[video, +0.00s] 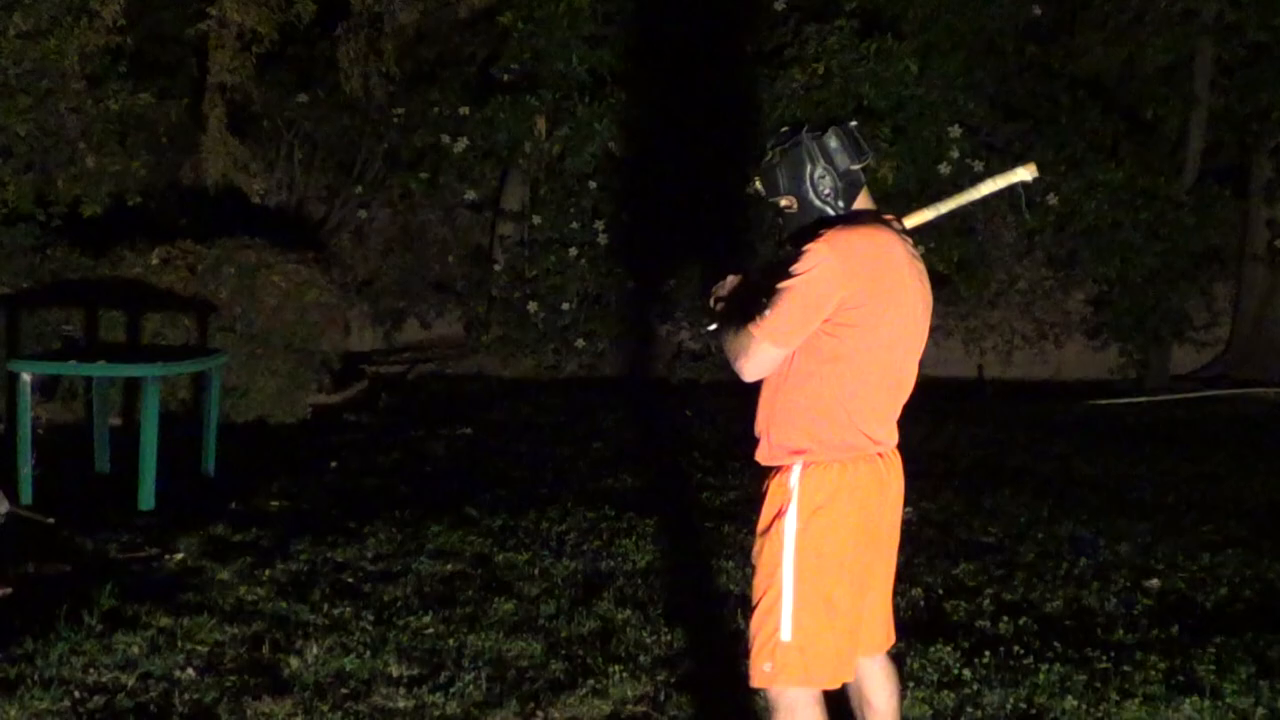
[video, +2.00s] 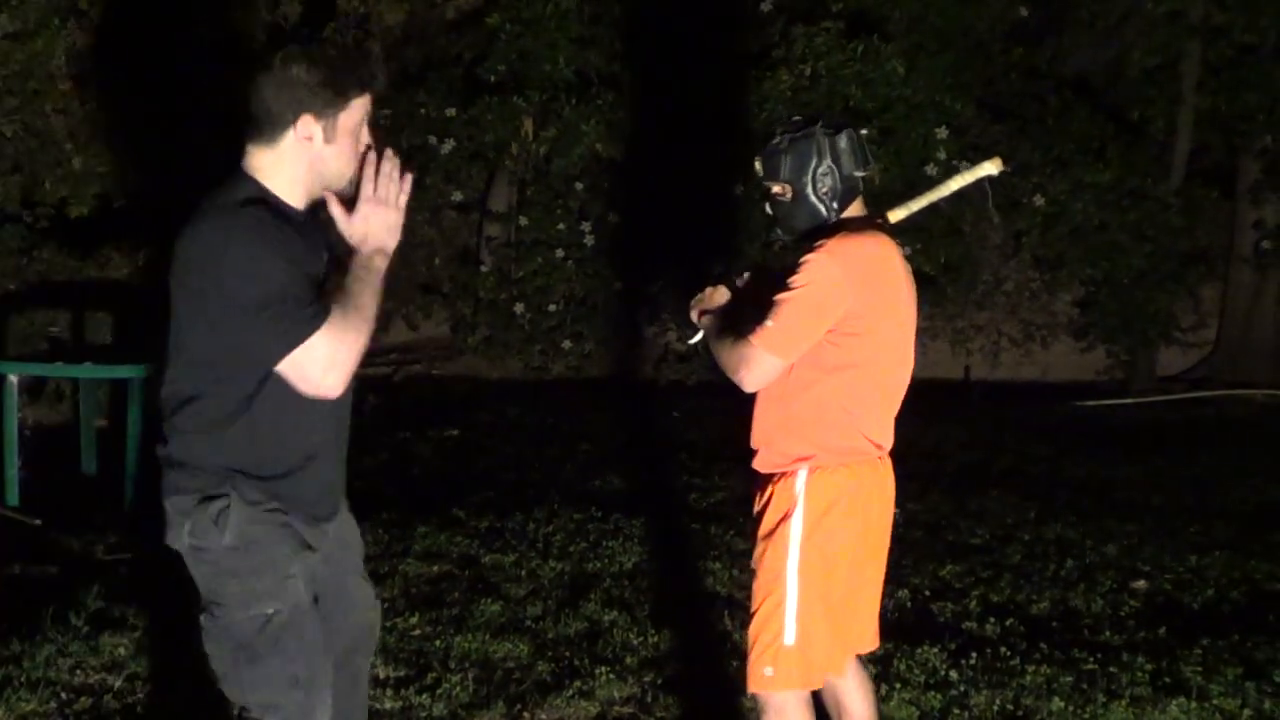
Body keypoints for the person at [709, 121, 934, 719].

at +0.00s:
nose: (783, 210)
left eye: (785, 196)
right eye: (780, 197)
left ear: (807, 192)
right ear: (853, 180)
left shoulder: (833, 256)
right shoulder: (906, 260)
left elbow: (751, 360)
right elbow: (836, 342)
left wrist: (729, 311)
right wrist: (766, 299)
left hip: (816, 481)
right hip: (876, 477)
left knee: (787, 675)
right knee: (866, 651)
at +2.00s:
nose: (775, 206)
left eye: (782, 192)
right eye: (772, 192)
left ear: (820, 188)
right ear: (840, 185)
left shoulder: (836, 262)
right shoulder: (881, 257)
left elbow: (750, 369)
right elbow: (815, 343)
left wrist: (714, 323)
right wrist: (742, 308)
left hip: (815, 487)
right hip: (857, 482)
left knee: (777, 680)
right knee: (835, 661)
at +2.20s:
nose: (777, 198)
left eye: (786, 184)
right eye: (776, 183)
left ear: (821, 185)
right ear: (850, 186)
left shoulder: (825, 261)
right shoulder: (895, 268)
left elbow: (728, 354)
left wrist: (705, 329)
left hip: (818, 487)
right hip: (873, 485)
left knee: (773, 680)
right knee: (835, 670)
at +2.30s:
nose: (774, 198)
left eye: (781, 186)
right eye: (774, 185)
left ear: (812, 190)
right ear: (853, 192)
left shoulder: (799, 263)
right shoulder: (903, 276)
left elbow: (699, 330)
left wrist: (756, 281)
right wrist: (875, 250)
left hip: (815, 492)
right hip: (878, 488)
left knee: (755, 679)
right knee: (832, 673)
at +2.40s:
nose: (764, 201)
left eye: (770, 191)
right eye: (765, 189)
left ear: (791, 199)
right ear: (846, 197)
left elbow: (697, 309)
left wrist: (765, 277)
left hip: (804, 500)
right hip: (871, 494)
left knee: (727, 679)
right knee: (819, 665)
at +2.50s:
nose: (747, 202)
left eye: (753, 192)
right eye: (750, 190)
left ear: (773, 202)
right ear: (828, 200)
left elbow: (694, 322)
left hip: (789, 502)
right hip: (854, 496)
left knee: (696, 676)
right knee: (808, 663)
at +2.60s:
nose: (721, 202)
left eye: (728, 191)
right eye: (726, 190)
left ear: (747, 204)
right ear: (805, 205)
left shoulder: (751, 279)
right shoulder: (842, 280)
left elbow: (661, 351)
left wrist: (643, 315)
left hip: (772, 505)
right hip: (830, 499)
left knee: (669, 676)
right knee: (808, 675)